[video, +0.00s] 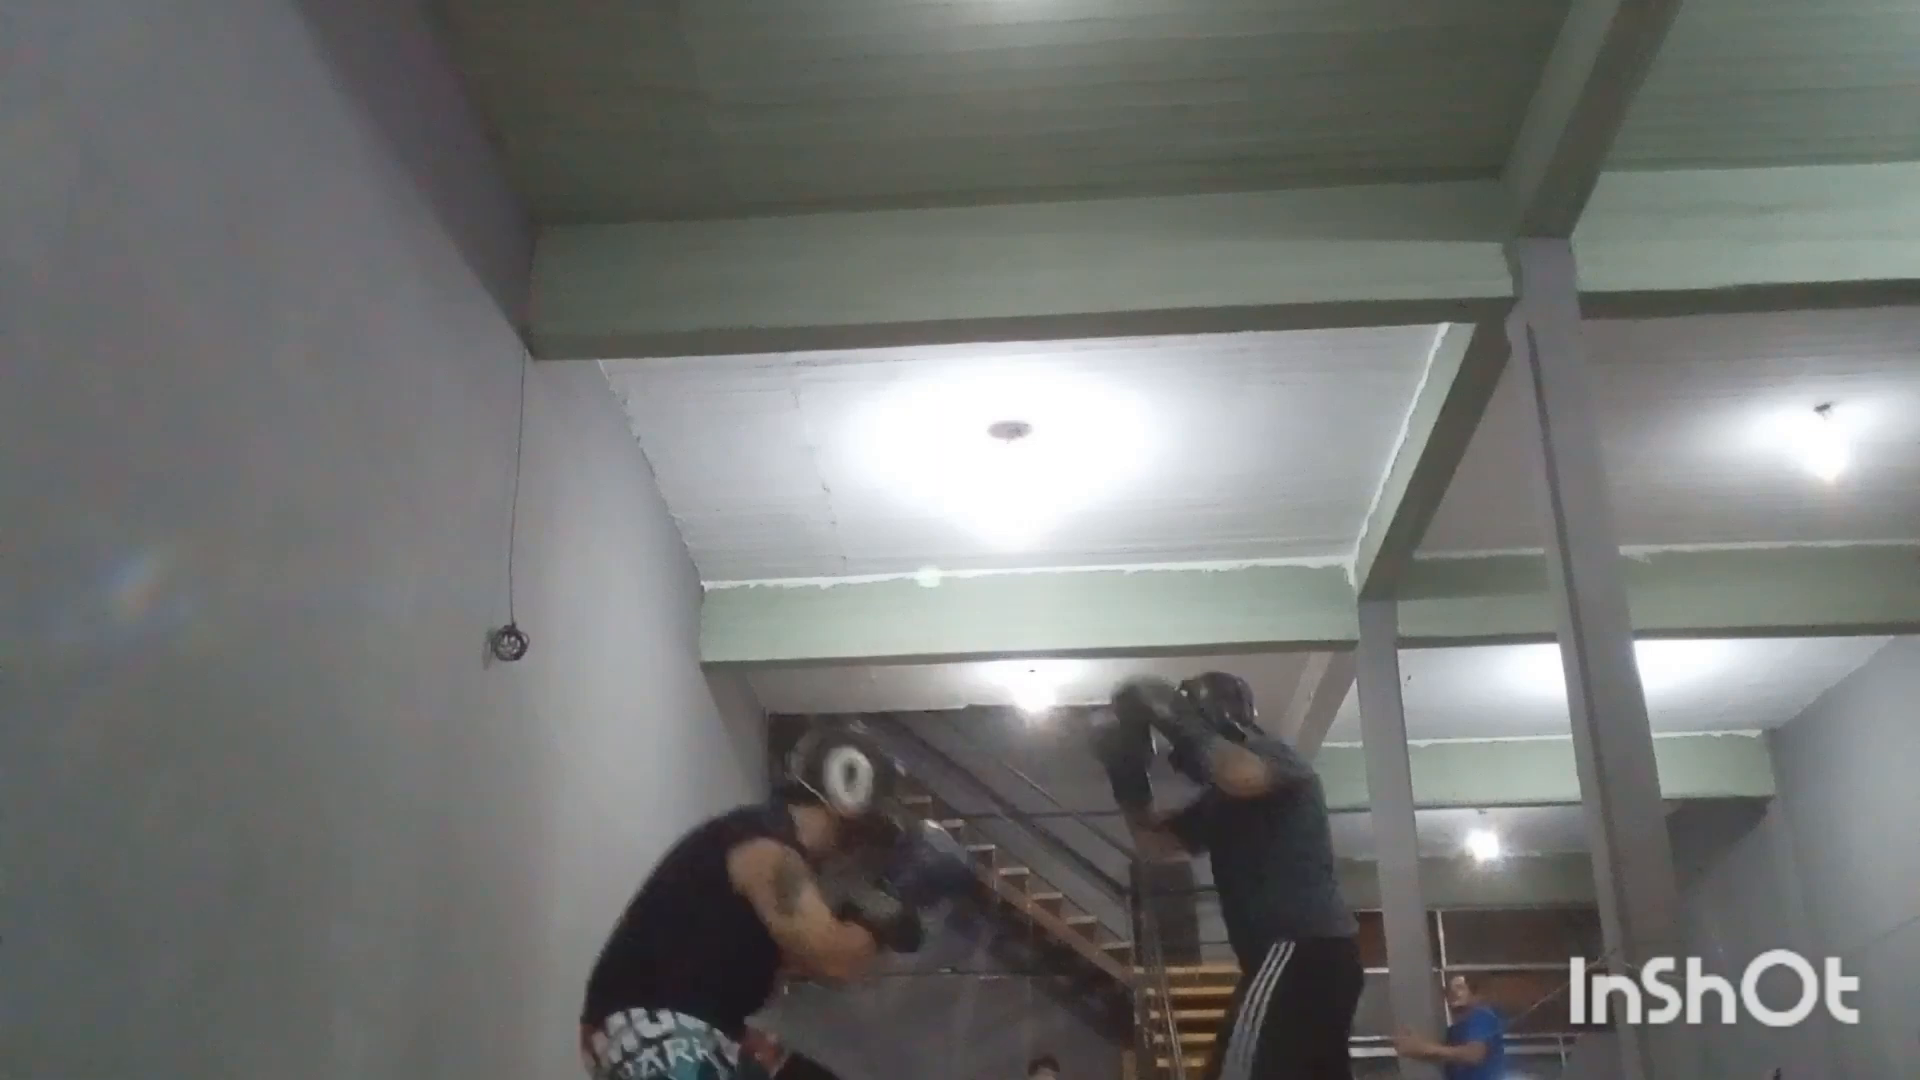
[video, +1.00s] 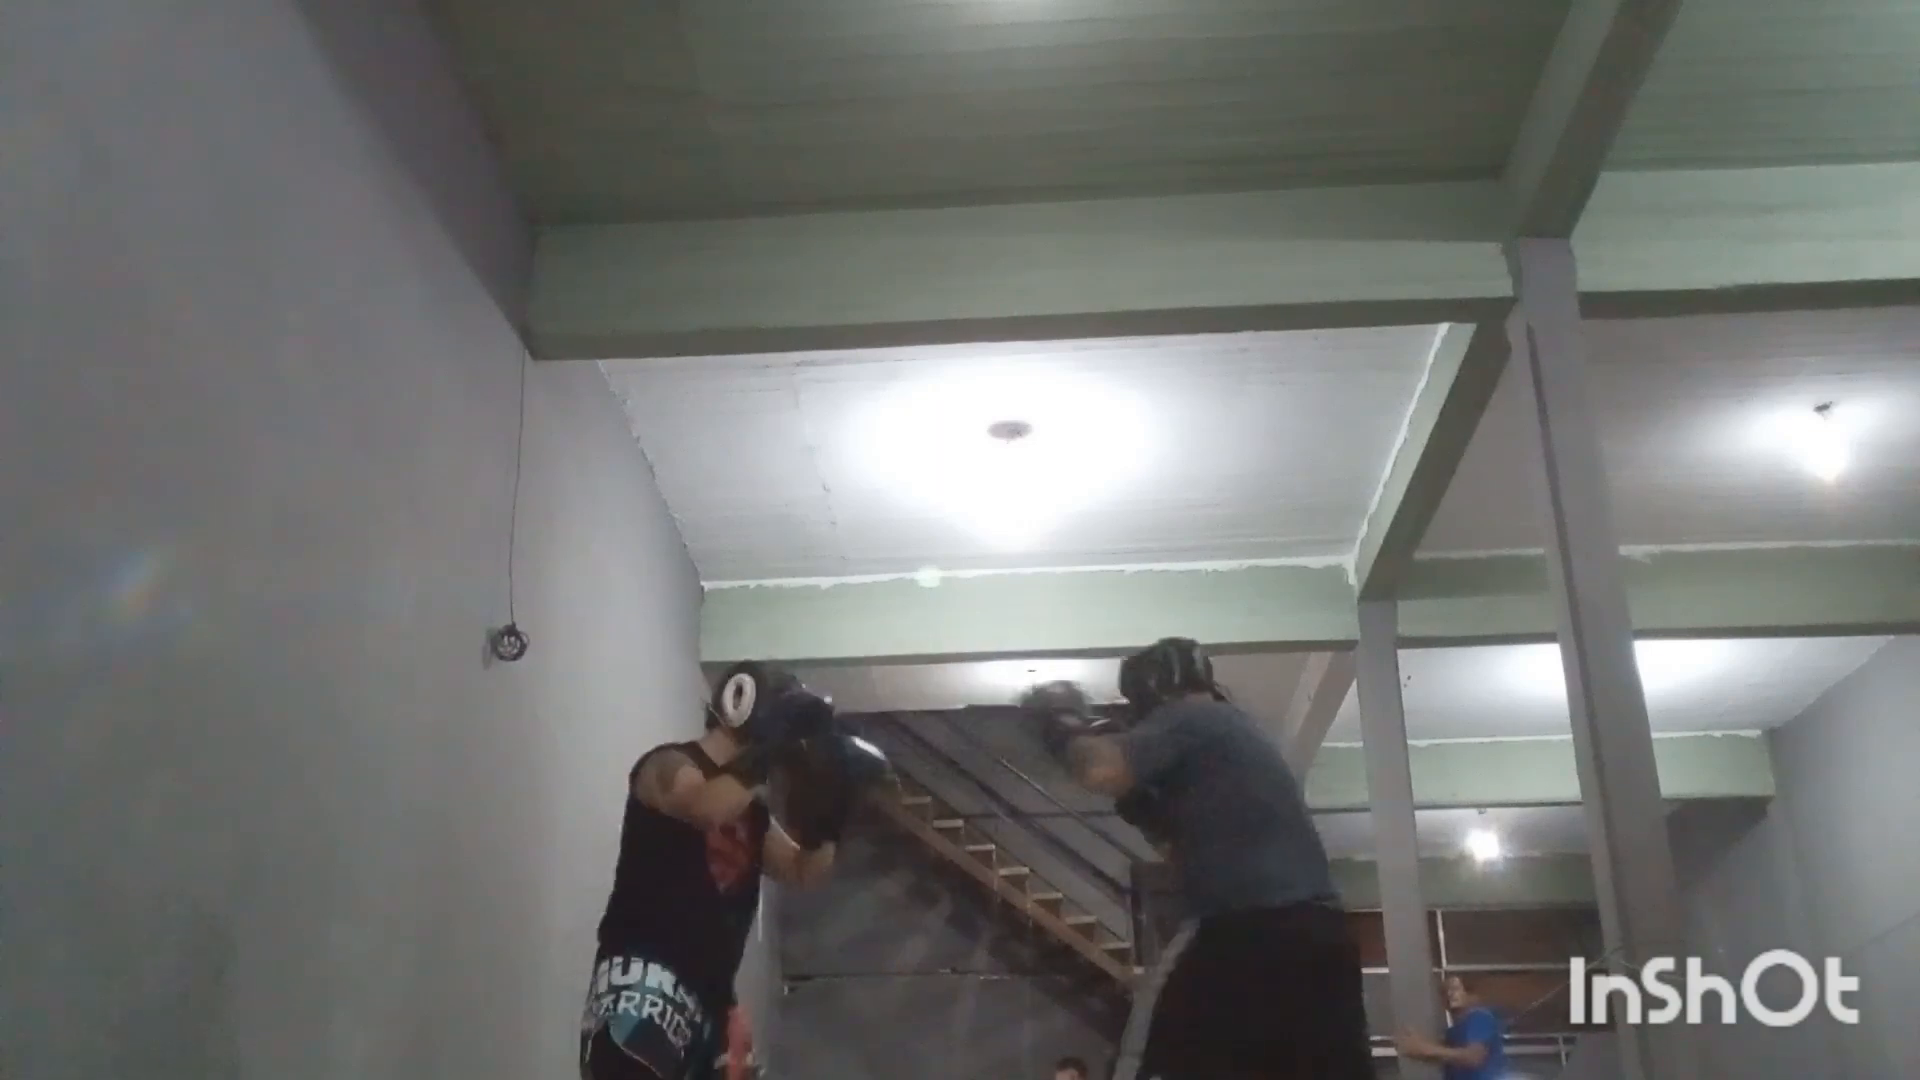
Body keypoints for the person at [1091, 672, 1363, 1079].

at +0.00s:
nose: (1179, 729)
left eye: (1187, 718)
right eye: (1180, 721)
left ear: (1211, 716)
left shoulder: (1277, 756)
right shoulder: (1227, 796)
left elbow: (1242, 777)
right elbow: (1154, 842)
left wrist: (1178, 718)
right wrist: (1126, 766)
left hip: (1305, 951)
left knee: (1241, 1069)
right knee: (1321, 1073)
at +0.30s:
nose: (1164, 719)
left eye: (1168, 705)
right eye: (1161, 708)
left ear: (1191, 701)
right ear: (1221, 698)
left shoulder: (1238, 744)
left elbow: (1186, 764)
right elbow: (1166, 856)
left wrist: (1127, 710)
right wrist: (1113, 776)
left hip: (1281, 944)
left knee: (1212, 1069)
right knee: (1328, 1070)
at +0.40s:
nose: (1147, 705)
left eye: (1148, 691)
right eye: (1144, 697)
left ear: (1170, 676)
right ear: (1198, 670)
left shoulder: (1220, 710)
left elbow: (1151, 728)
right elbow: (1138, 816)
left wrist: (1098, 669)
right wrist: (1101, 753)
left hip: (1270, 917)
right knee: (1301, 1061)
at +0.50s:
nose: (1136, 708)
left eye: (1137, 696)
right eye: (1133, 698)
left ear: (1155, 681)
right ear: (1189, 670)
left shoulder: (1211, 706)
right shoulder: (1190, 756)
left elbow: (1126, 720)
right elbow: (1123, 812)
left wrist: (1086, 671)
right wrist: (1097, 771)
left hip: (1253, 911)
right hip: (1300, 911)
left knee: (1155, 1057)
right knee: (1284, 1069)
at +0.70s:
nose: (1141, 716)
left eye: (1147, 700)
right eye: (1140, 704)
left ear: (1183, 683)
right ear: (1201, 683)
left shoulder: (1218, 719)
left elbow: (1196, 770)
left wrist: (1109, 755)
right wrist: (1132, 809)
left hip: (1243, 928)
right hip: (1303, 930)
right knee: (1303, 1066)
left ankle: (1118, 1074)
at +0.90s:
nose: (1145, 714)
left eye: (1147, 699)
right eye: (1142, 702)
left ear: (1172, 687)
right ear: (1208, 682)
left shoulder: (1209, 713)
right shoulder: (1255, 729)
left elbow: (1191, 775)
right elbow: (1195, 855)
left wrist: (1106, 752)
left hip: (1255, 920)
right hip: (1325, 920)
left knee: (1174, 1058)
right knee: (1331, 1067)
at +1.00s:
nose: (1134, 711)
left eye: (1136, 700)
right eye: (1133, 703)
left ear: (1153, 689)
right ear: (1203, 680)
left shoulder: (1187, 719)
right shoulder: (1241, 727)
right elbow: (1176, 831)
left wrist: (1068, 727)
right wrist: (1123, 787)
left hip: (1247, 935)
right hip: (1322, 930)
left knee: (1171, 1064)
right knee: (1331, 1067)